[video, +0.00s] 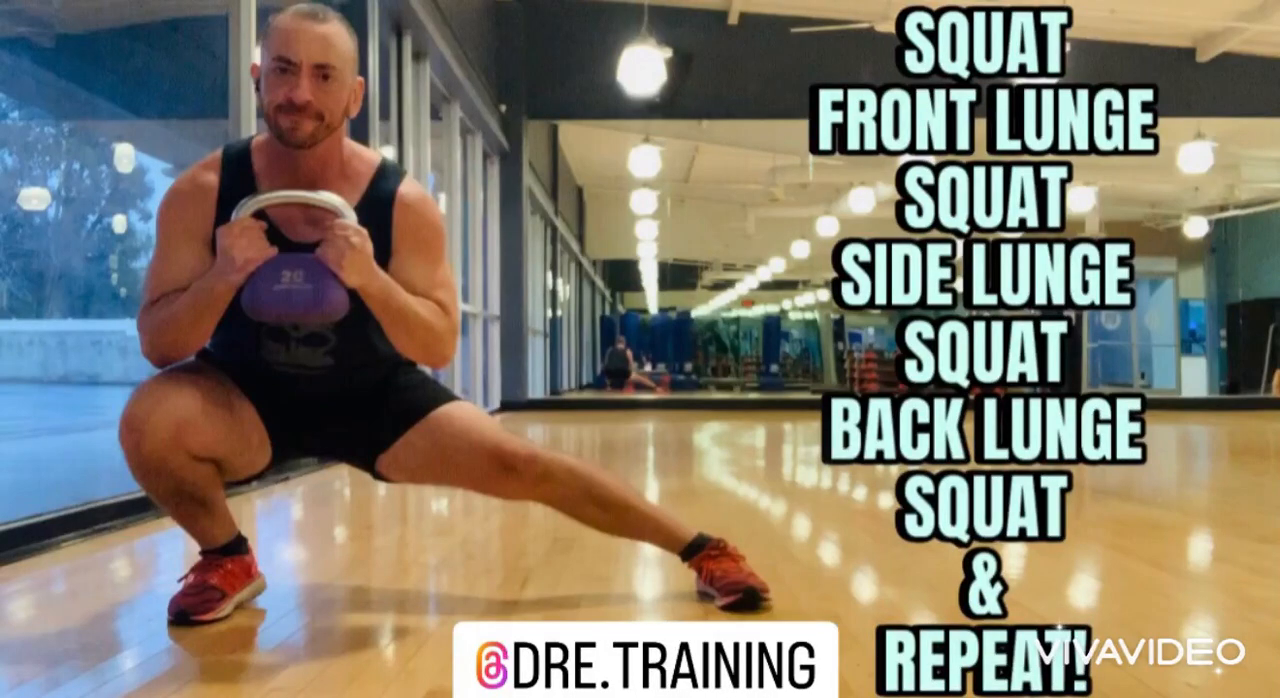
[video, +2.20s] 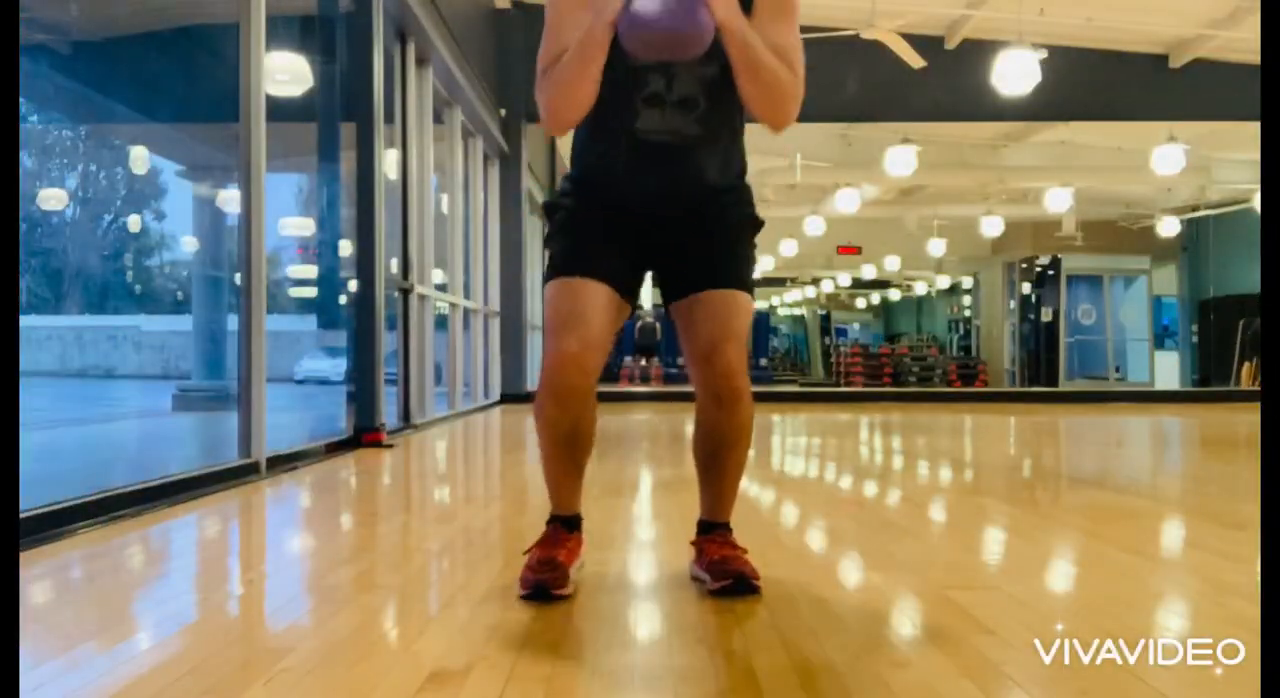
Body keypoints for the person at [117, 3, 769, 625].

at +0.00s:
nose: (298, 91)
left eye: (321, 74)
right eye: (282, 69)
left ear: (354, 91)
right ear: (257, 78)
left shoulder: (405, 205)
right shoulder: (201, 193)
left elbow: (437, 346)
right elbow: (161, 343)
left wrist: (367, 276)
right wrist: (222, 277)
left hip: (378, 398)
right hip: (253, 396)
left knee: (518, 464)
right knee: (148, 423)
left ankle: (696, 548)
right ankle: (225, 555)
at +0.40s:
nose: (299, 90)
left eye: (322, 73)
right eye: (282, 69)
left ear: (354, 90)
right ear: (257, 79)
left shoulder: (407, 209)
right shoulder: (200, 194)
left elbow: (437, 346)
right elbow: (161, 344)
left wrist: (365, 274)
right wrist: (221, 279)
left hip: (378, 399)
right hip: (252, 397)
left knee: (517, 462)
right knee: (149, 422)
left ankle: (696, 548)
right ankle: (226, 557)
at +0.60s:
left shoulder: (685, 11)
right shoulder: (564, 10)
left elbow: (712, 54)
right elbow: (529, 39)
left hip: (683, 157)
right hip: (575, 156)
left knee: (697, 351)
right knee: (571, 354)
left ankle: (715, 528)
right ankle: (560, 533)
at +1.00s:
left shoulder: (730, 3)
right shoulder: (552, 2)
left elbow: (748, 103)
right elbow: (537, 111)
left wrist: (695, 12)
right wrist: (578, 15)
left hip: (689, 197)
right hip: (585, 196)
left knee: (720, 352)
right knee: (556, 353)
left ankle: (716, 536)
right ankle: (559, 533)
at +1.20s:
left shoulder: (729, 71)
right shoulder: (556, 70)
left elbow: (744, 201)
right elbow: (532, 206)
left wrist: (696, 106)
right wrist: (579, 113)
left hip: (687, 272)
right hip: (585, 271)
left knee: (726, 368)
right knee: (546, 374)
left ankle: (716, 536)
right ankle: (559, 536)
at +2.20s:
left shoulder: (763, 1)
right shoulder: (577, 2)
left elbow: (780, 108)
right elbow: (556, 114)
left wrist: (726, 14)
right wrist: (604, 14)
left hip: (709, 205)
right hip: (601, 202)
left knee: (726, 377)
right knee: (566, 366)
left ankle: (715, 537)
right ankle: (562, 528)